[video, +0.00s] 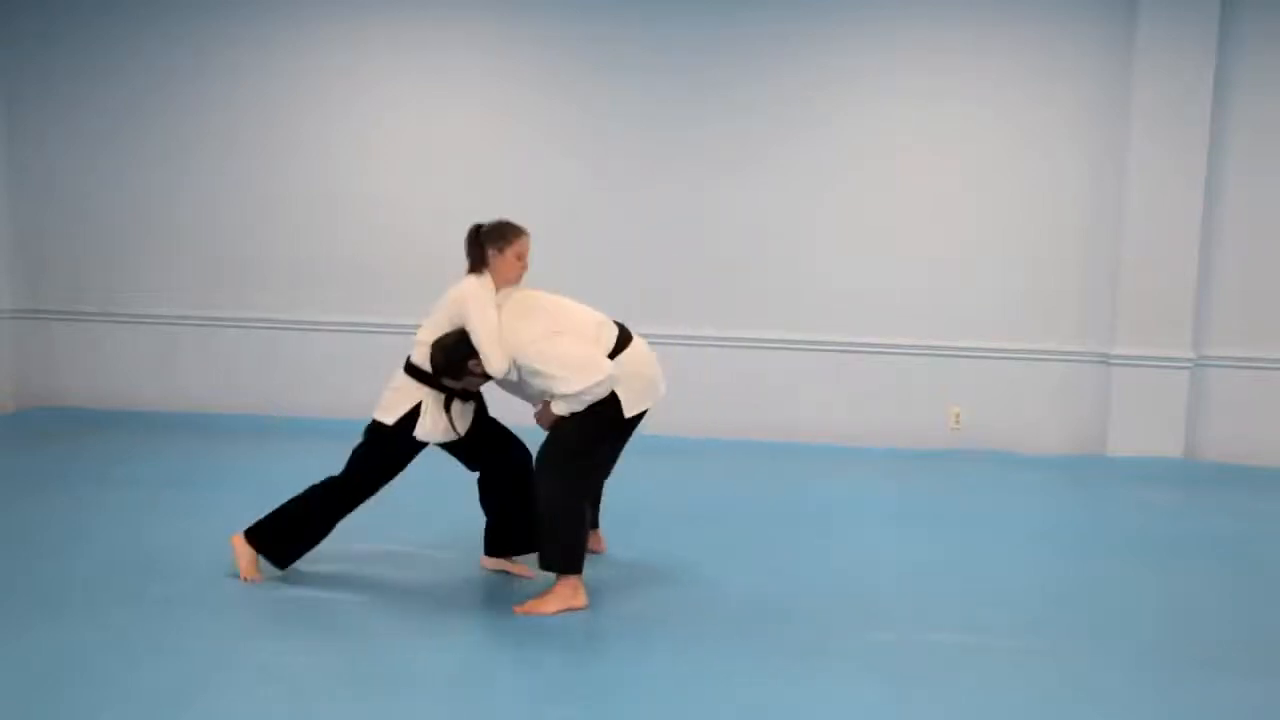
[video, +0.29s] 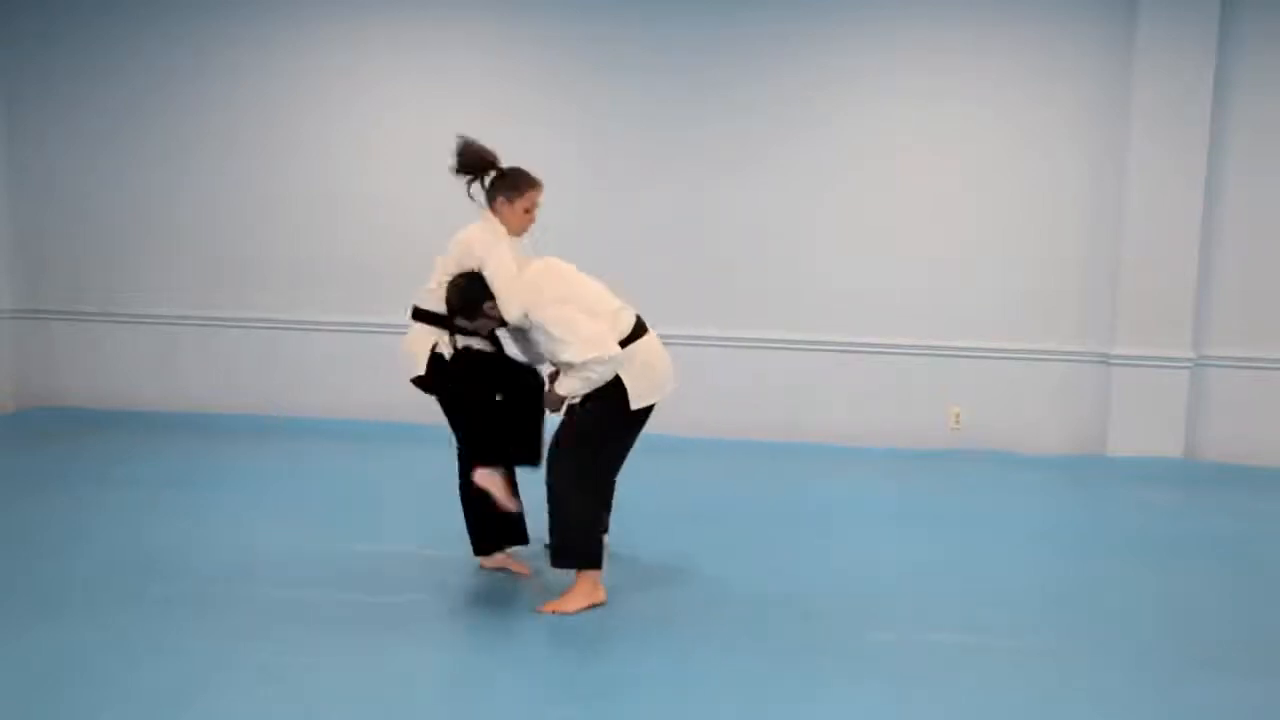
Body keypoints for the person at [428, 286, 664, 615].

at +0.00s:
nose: (470, 390)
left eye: (465, 384)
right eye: (462, 386)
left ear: (474, 364)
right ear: (474, 358)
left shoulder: (520, 343)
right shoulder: (499, 316)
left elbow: (596, 380)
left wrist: (556, 409)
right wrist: (551, 399)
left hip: (622, 378)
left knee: (555, 465)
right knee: (581, 457)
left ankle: (569, 585)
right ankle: (588, 531)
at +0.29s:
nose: (482, 329)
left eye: (477, 324)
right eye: (475, 325)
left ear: (489, 308)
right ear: (489, 301)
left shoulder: (536, 300)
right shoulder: (519, 296)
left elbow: (604, 356)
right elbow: (539, 355)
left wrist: (563, 389)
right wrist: (556, 376)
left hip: (628, 370)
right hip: (608, 367)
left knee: (575, 465)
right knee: (572, 461)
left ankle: (589, 582)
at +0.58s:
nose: (483, 372)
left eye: (481, 365)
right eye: (478, 366)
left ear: (499, 351)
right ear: (499, 344)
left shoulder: (549, 344)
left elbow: (618, 394)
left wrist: (572, 422)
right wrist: (565, 410)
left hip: (645, 394)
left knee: (576, 469)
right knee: (562, 448)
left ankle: (591, 586)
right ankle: (588, 541)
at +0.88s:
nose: (486, 418)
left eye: (483, 412)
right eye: (481, 414)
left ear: (495, 392)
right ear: (496, 386)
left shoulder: (542, 374)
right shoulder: (511, 351)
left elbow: (616, 396)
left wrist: (567, 425)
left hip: (643, 397)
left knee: (573, 466)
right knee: (559, 448)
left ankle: (590, 587)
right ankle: (584, 542)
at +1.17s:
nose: (479, 337)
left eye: (477, 330)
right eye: (472, 332)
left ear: (493, 312)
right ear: (492, 303)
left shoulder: (540, 311)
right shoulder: (528, 296)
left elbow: (603, 370)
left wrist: (564, 417)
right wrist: (571, 382)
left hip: (635, 375)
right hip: (612, 368)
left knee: (583, 464)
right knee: (567, 450)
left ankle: (594, 582)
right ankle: (573, 535)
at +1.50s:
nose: (467, 346)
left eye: (465, 339)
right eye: (461, 341)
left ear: (484, 323)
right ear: (486, 313)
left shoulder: (533, 327)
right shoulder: (521, 310)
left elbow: (591, 390)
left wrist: (548, 430)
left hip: (624, 390)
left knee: (565, 475)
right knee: (553, 464)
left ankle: (591, 586)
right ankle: (583, 542)